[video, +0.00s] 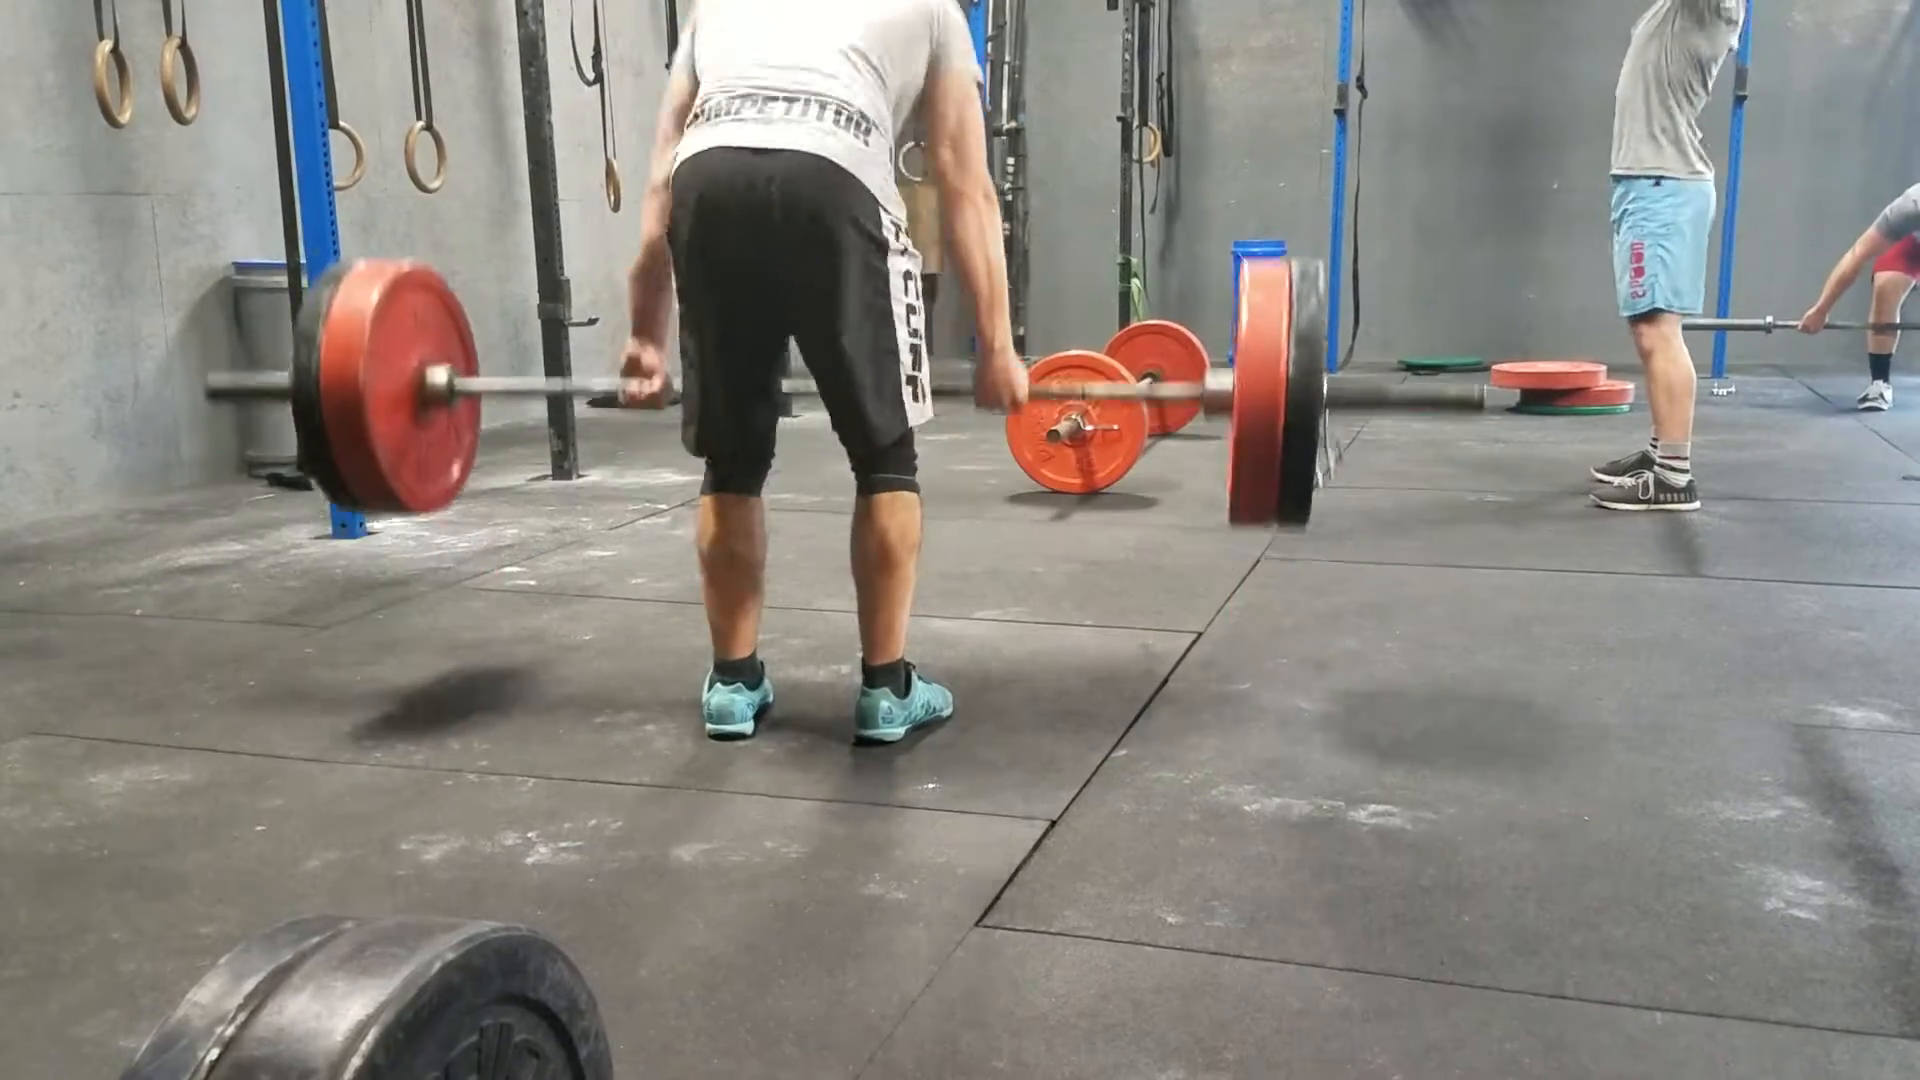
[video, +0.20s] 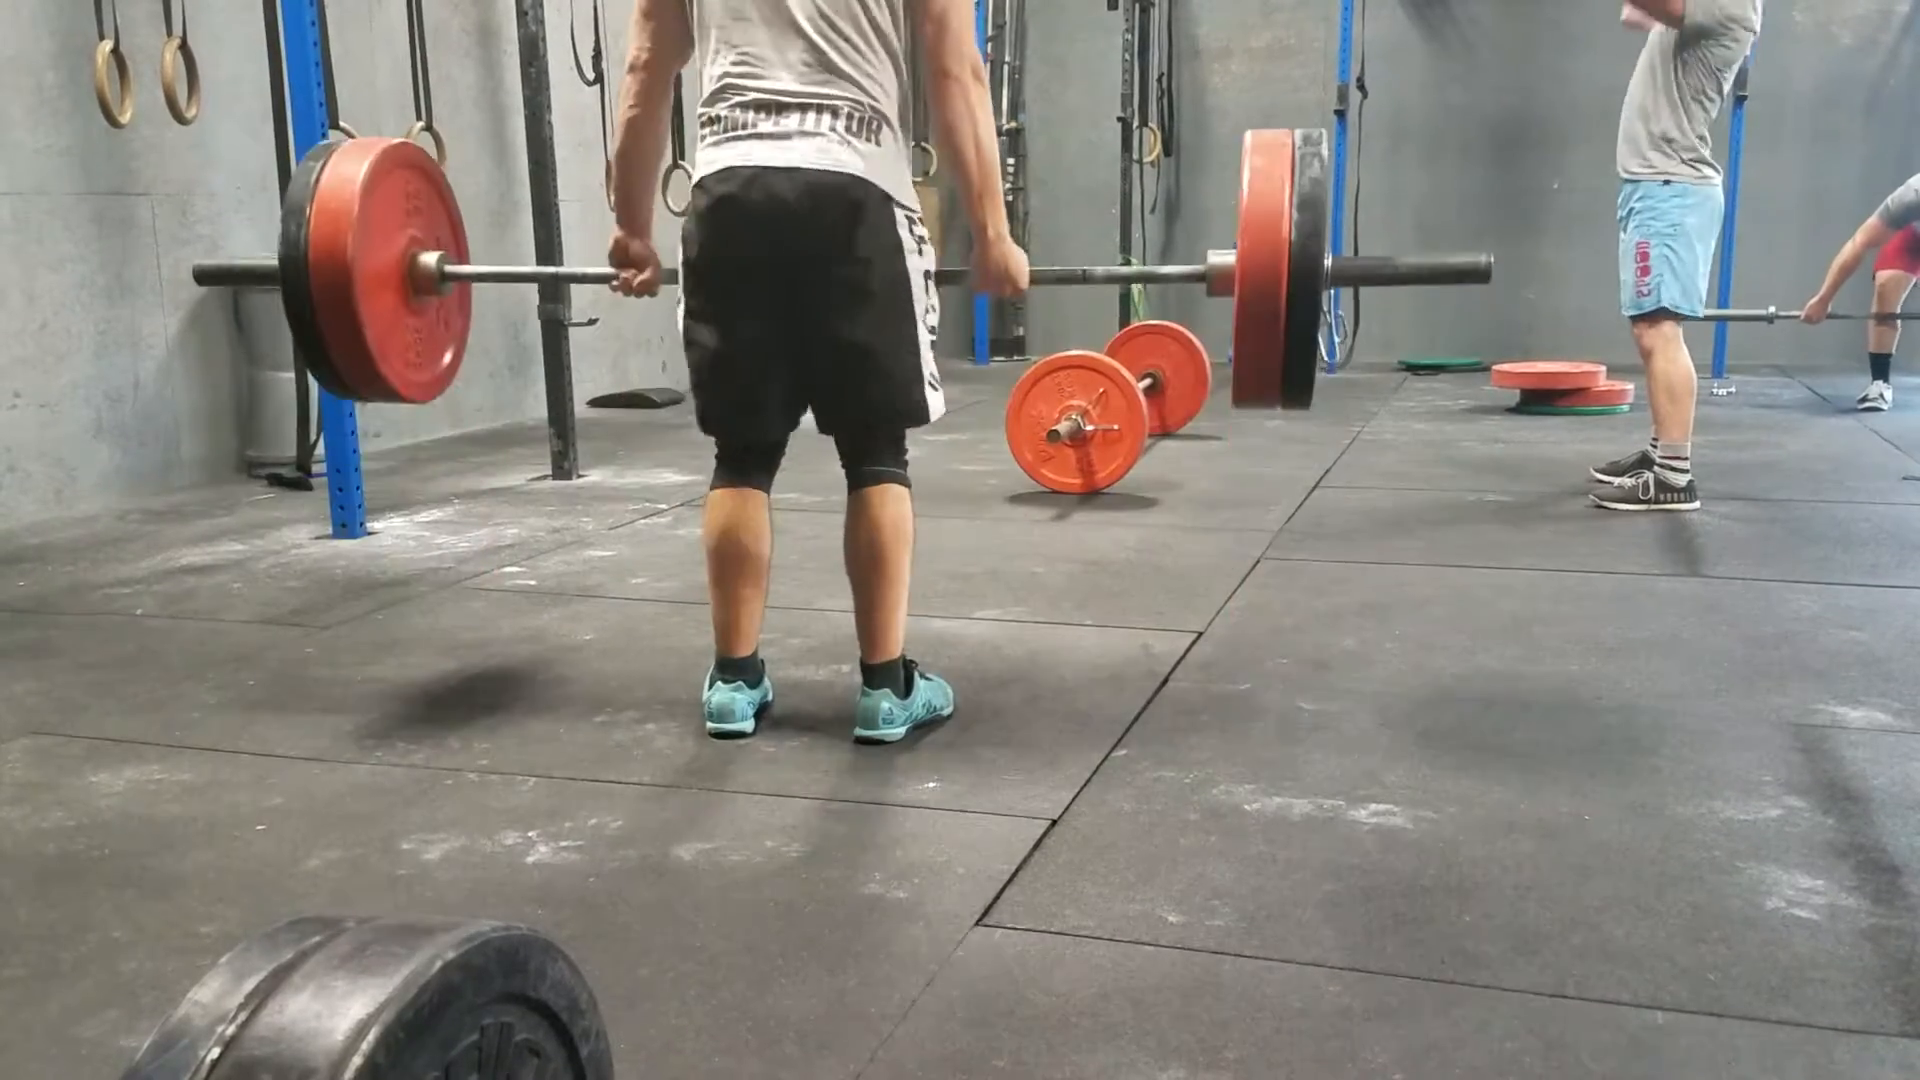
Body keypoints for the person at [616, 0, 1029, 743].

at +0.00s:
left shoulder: (713, 15)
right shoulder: (930, 11)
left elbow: (659, 219)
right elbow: (965, 184)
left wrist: (647, 338)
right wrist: (998, 342)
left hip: (709, 189)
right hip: (834, 189)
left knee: (731, 462)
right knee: (885, 459)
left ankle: (731, 682)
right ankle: (885, 687)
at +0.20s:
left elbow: (647, 72)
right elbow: (954, 69)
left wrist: (632, 225)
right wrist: (994, 233)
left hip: (729, 196)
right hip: (854, 195)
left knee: (741, 453)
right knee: (876, 454)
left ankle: (732, 680)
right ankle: (885, 685)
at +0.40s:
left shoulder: (683, 7)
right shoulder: (930, 5)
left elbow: (658, 146)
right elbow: (958, 147)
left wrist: (643, 295)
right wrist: (995, 304)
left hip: (707, 215)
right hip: (834, 214)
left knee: (735, 455)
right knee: (885, 457)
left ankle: (731, 681)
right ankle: (885, 687)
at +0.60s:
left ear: (807, 52)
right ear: (899, 59)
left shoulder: (732, 97)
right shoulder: (928, 122)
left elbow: (678, 311)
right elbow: (964, 316)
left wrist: (657, 464)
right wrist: (1000, 480)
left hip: (698, 240)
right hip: (834, 244)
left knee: (719, 473)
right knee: (904, 466)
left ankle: (733, 683)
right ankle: (886, 685)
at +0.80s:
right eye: (921, 152)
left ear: (825, 131)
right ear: (912, 149)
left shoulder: (743, 158)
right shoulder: (932, 191)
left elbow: (670, 381)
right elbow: (967, 362)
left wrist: (658, 513)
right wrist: (1001, 522)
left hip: (697, 259)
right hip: (837, 268)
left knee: (731, 482)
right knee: (904, 473)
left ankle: (735, 681)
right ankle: (887, 685)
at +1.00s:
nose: (917, 24)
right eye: (917, 19)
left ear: (821, 7)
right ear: (903, 13)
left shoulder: (737, 40)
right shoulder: (931, 65)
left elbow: (676, 223)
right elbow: (963, 239)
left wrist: (649, 387)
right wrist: (999, 400)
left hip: (705, 206)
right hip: (831, 208)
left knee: (730, 461)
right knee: (888, 457)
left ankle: (732, 681)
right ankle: (886, 685)